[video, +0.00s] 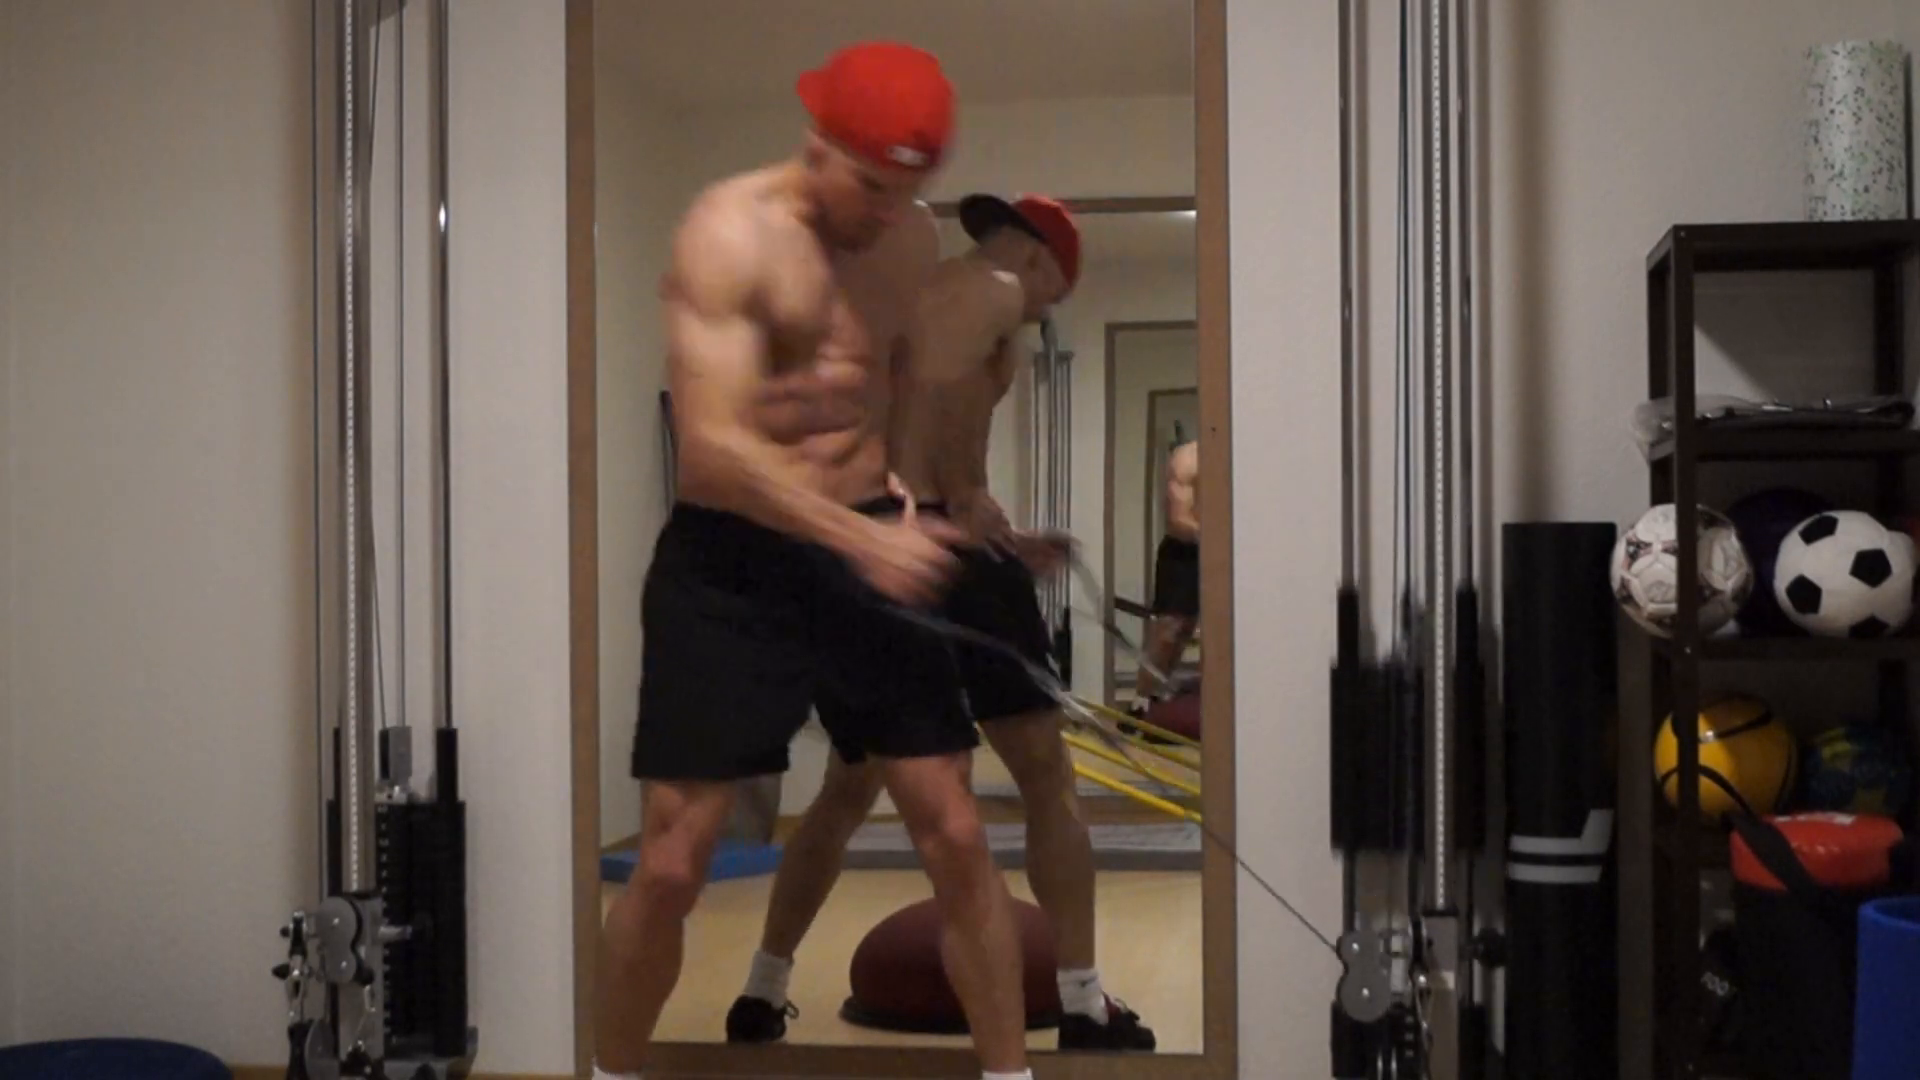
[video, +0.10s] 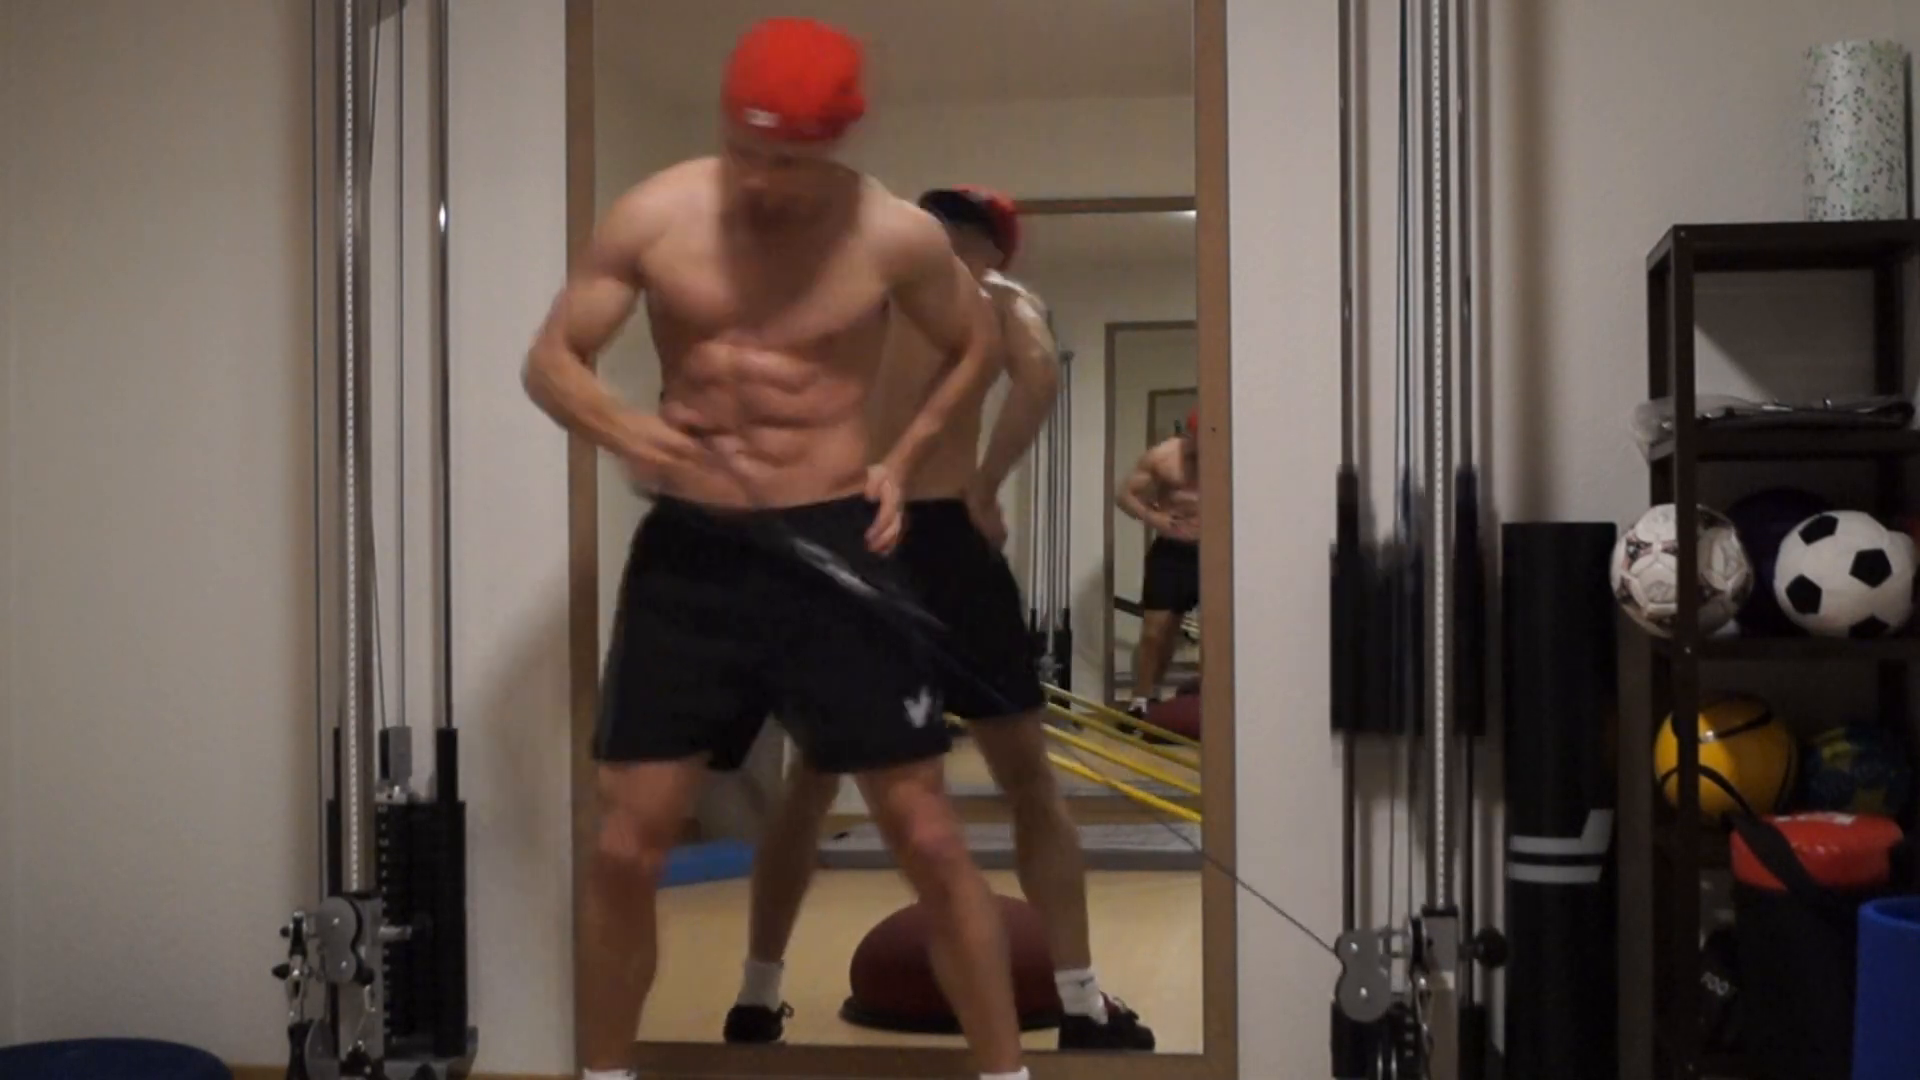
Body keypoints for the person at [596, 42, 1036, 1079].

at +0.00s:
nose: (890, 208)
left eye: (906, 187)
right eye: (871, 182)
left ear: (923, 170)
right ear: (817, 141)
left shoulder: (906, 237)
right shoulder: (729, 228)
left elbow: (888, 383)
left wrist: (902, 495)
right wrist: (860, 537)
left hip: (862, 551)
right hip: (728, 564)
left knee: (958, 835)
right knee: (670, 868)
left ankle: (1009, 1075)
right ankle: (613, 1074)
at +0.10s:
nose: (767, 175)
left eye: (795, 156)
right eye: (751, 148)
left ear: (842, 144)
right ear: (725, 126)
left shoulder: (896, 237)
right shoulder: (653, 216)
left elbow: (978, 348)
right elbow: (549, 361)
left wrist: (900, 461)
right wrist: (627, 431)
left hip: (842, 564)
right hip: (691, 563)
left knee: (930, 841)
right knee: (622, 851)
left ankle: (1004, 1073)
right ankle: (605, 1075)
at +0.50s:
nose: (747, 170)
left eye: (773, 148)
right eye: (730, 144)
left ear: (814, 132)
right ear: (700, 118)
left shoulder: (879, 233)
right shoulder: (639, 222)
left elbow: (971, 351)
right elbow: (533, 366)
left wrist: (895, 473)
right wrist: (638, 418)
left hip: (837, 563)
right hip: (686, 559)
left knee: (927, 839)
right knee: (618, 845)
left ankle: (1003, 1072)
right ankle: (605, 1076)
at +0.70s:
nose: (932, 179)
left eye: (944, 157)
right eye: (918, 151)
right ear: (846, 123)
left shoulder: (889, 233)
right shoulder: (752, 225)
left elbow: (855, 423)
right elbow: (736, 449)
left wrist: (915, 513)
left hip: (870, 557)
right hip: (746, 564)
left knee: (970, 837)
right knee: (676, 866)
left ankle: (1014, 1073)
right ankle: (613, 1073)